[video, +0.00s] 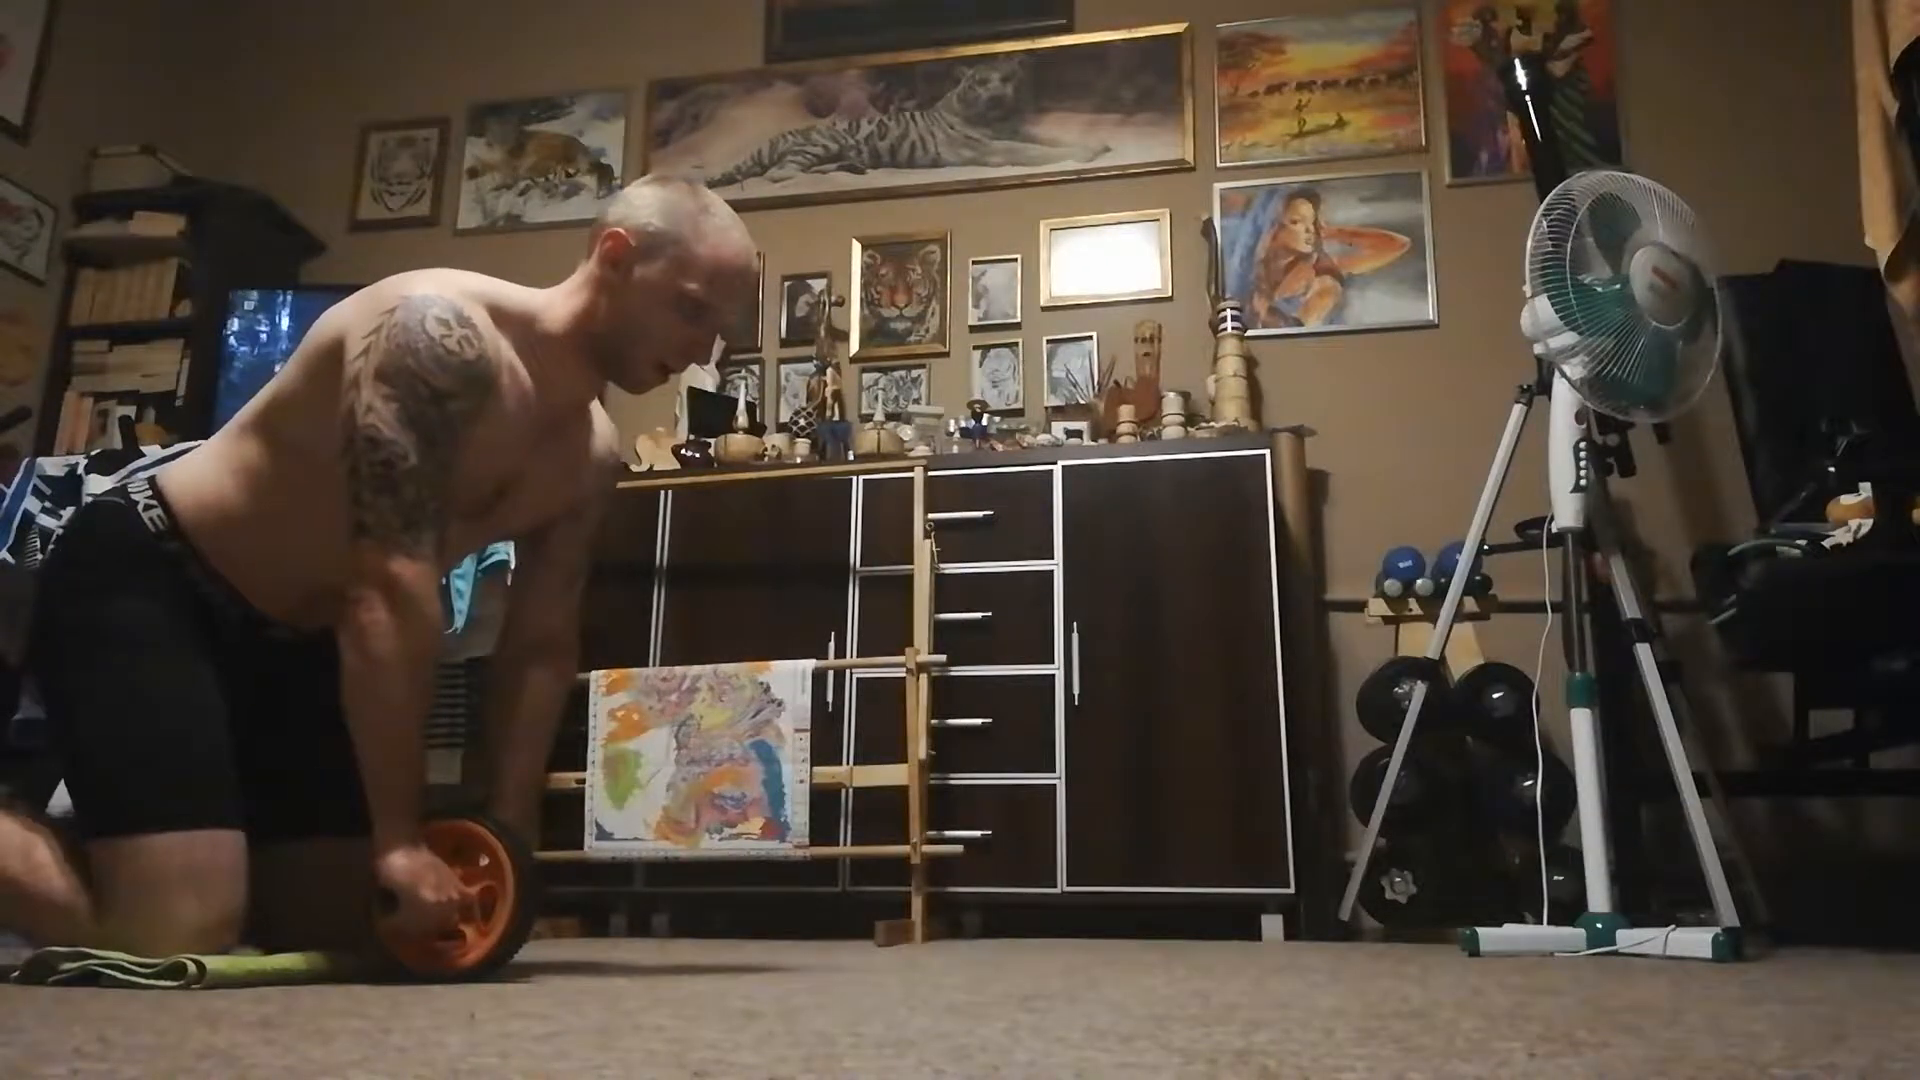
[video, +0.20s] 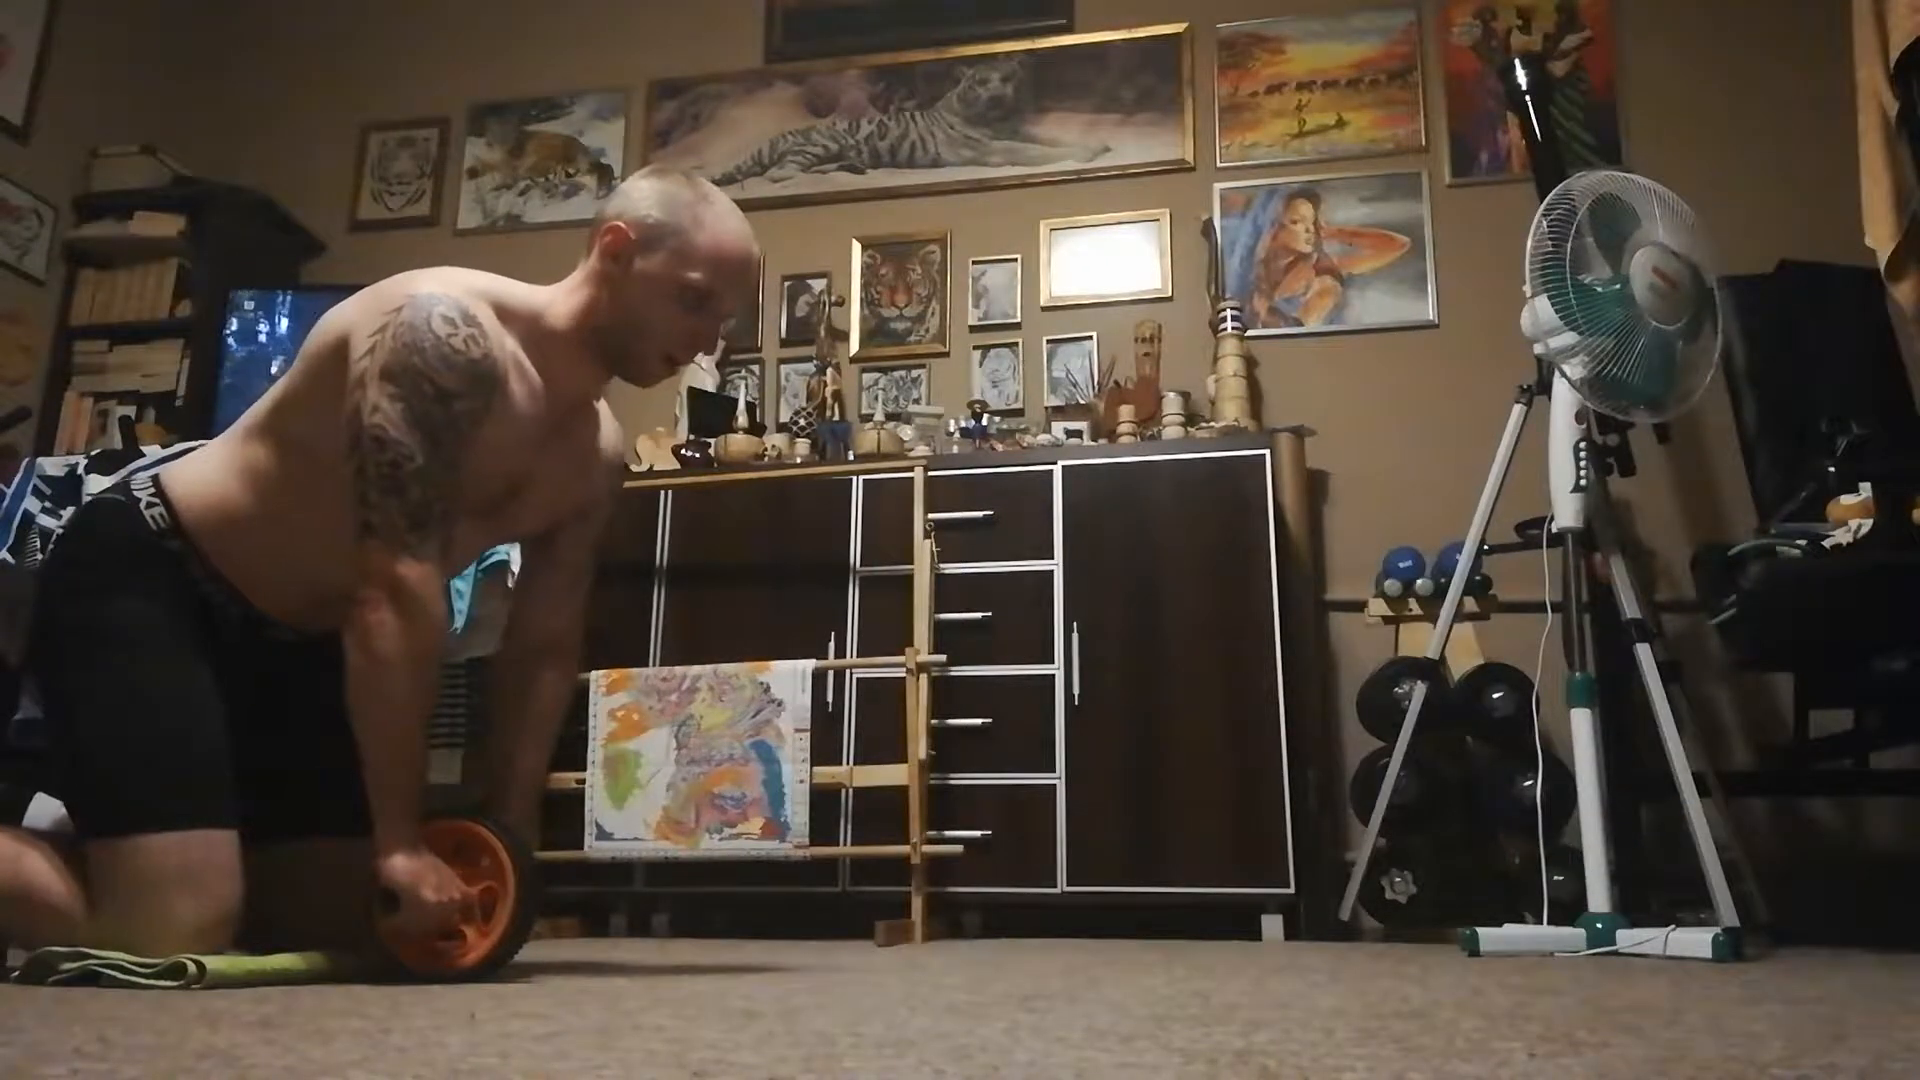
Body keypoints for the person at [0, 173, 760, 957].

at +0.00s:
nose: (710, 349)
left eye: (724, 329)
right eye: (698, 313)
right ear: (616, 254)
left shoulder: (591, 453)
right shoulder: (435, 333)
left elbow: (537, 655)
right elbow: (384, 602)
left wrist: (497, 854)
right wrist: (401, 847)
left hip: (288, 636)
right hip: (143, 570)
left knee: (350, 922)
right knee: (181, 926)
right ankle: (10, 838)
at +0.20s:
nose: (711, 342)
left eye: (727, 321)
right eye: (700, 304)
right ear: (617, 248)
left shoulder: (595, 456)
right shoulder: (439, 334)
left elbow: (540, 658)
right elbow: (391, 601)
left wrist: (499, 858)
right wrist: (402, 848)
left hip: (293, 640)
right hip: (146, 575)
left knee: (352, 922)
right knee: (178, 927)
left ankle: (93, 872)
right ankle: (8, 855)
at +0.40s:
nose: (714, 339)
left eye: (730, 316)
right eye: (700, 299)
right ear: (617, 247)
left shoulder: (604, 460)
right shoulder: (445, 334)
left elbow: (545, 662)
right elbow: (393, 603)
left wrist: (499, 861)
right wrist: (401, 850)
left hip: (292, 642)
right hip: (146, 571)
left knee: (355, 920)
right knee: (178, 924)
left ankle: (82, 865)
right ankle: (8, 856)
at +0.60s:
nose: (717, 338)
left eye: (733, 315)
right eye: (706, 299)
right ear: (620, 249)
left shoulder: (611, 464)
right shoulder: (452, 334)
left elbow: (547, 666)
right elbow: (392, 599)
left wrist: (501, 873)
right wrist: (399, 853)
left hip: (294, 643)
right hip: (149, 573)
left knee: (355, 920)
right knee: (178, 923)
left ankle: (85, 865)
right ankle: (9, 862)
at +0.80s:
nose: (723, 333)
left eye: (737, 308)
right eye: (711, 296)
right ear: (624, 249)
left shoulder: (617, 467)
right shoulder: (461, 337)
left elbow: (549, 667)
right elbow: (395, 600)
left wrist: (500, 873)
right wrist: (399, 855)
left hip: (295, 644)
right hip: (151, 575)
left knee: (357, 922)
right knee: (177, 923)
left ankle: (81, 861)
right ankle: (11, 864)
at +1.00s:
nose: (729, 334)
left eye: (740, 311)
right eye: (713, 299)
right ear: (625, 253)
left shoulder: (617, 466)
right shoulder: (463, 337)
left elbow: (553, 665)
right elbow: (398, 601)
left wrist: (499, 869)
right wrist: (398, 853)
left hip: (295, 640)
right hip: (150, 572)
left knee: (354, 915)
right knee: (180, 920)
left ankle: (63, 860)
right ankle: (10, 861)